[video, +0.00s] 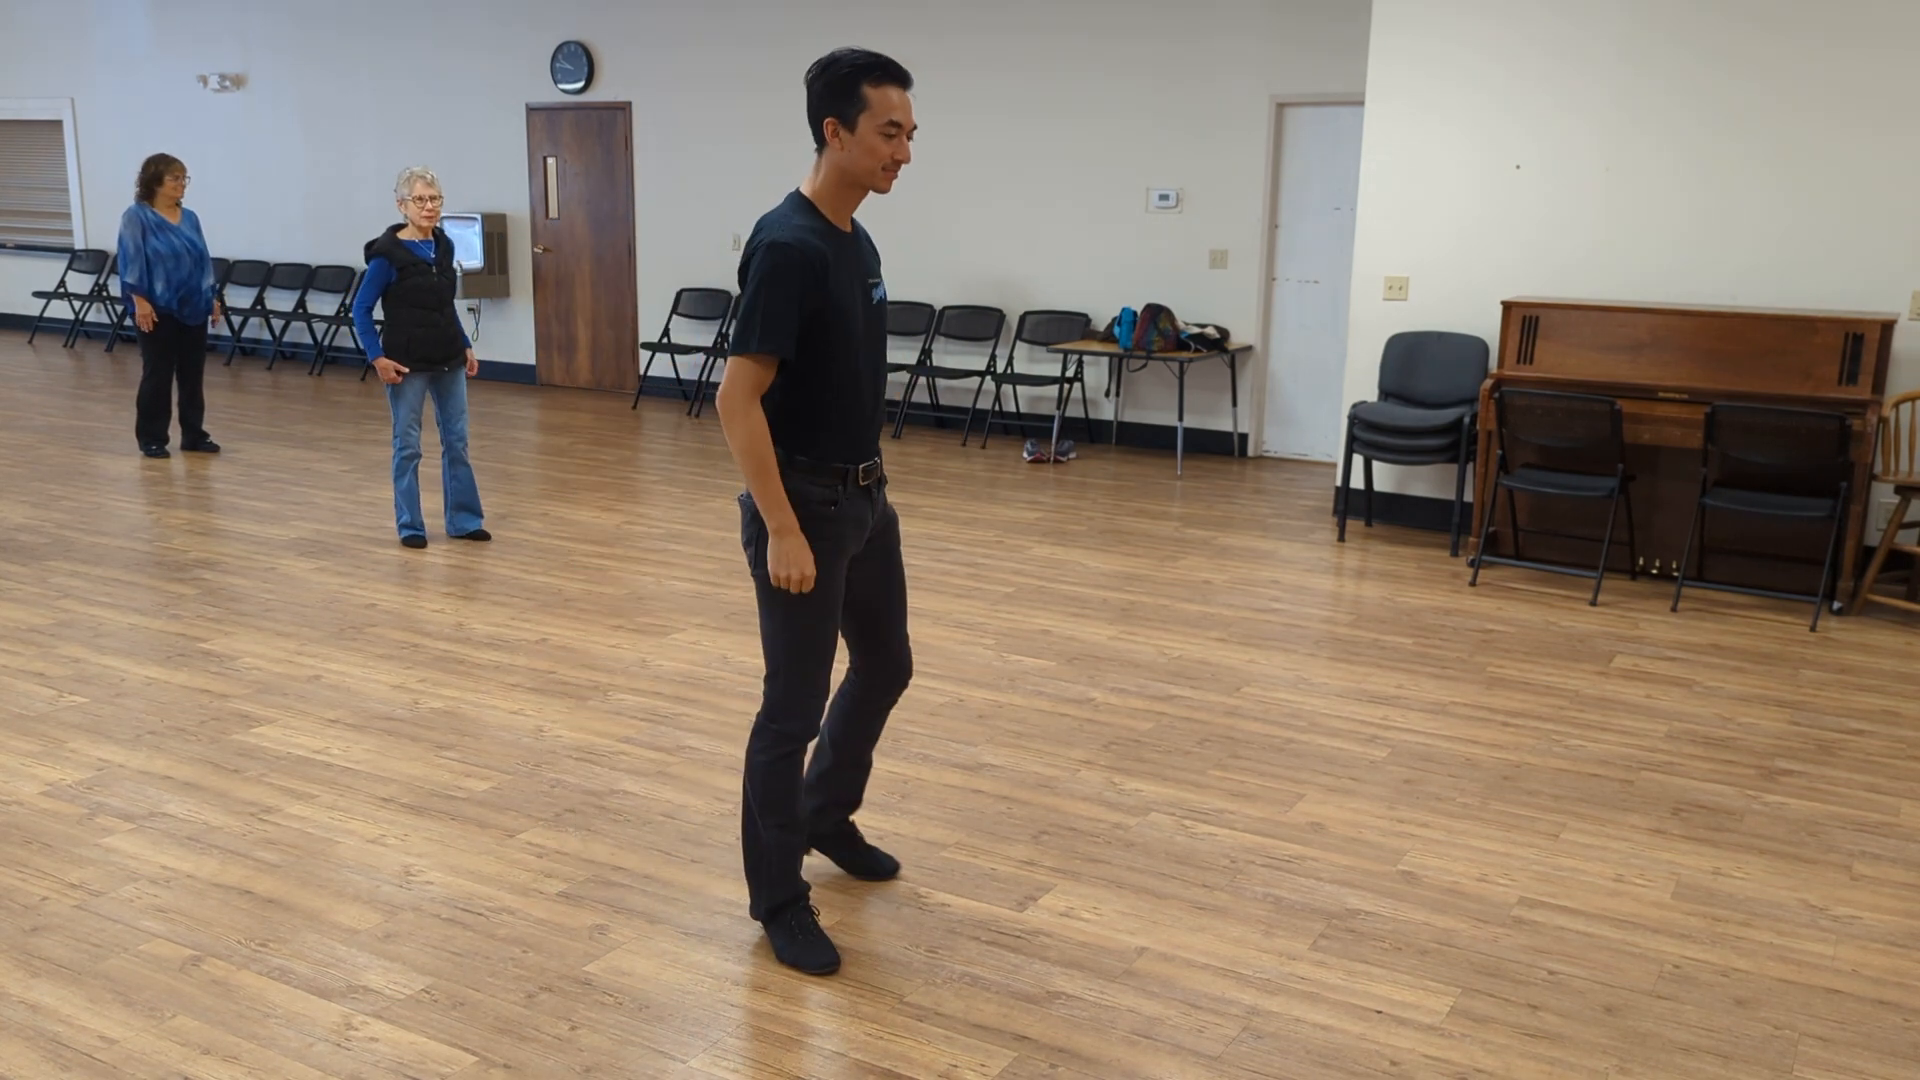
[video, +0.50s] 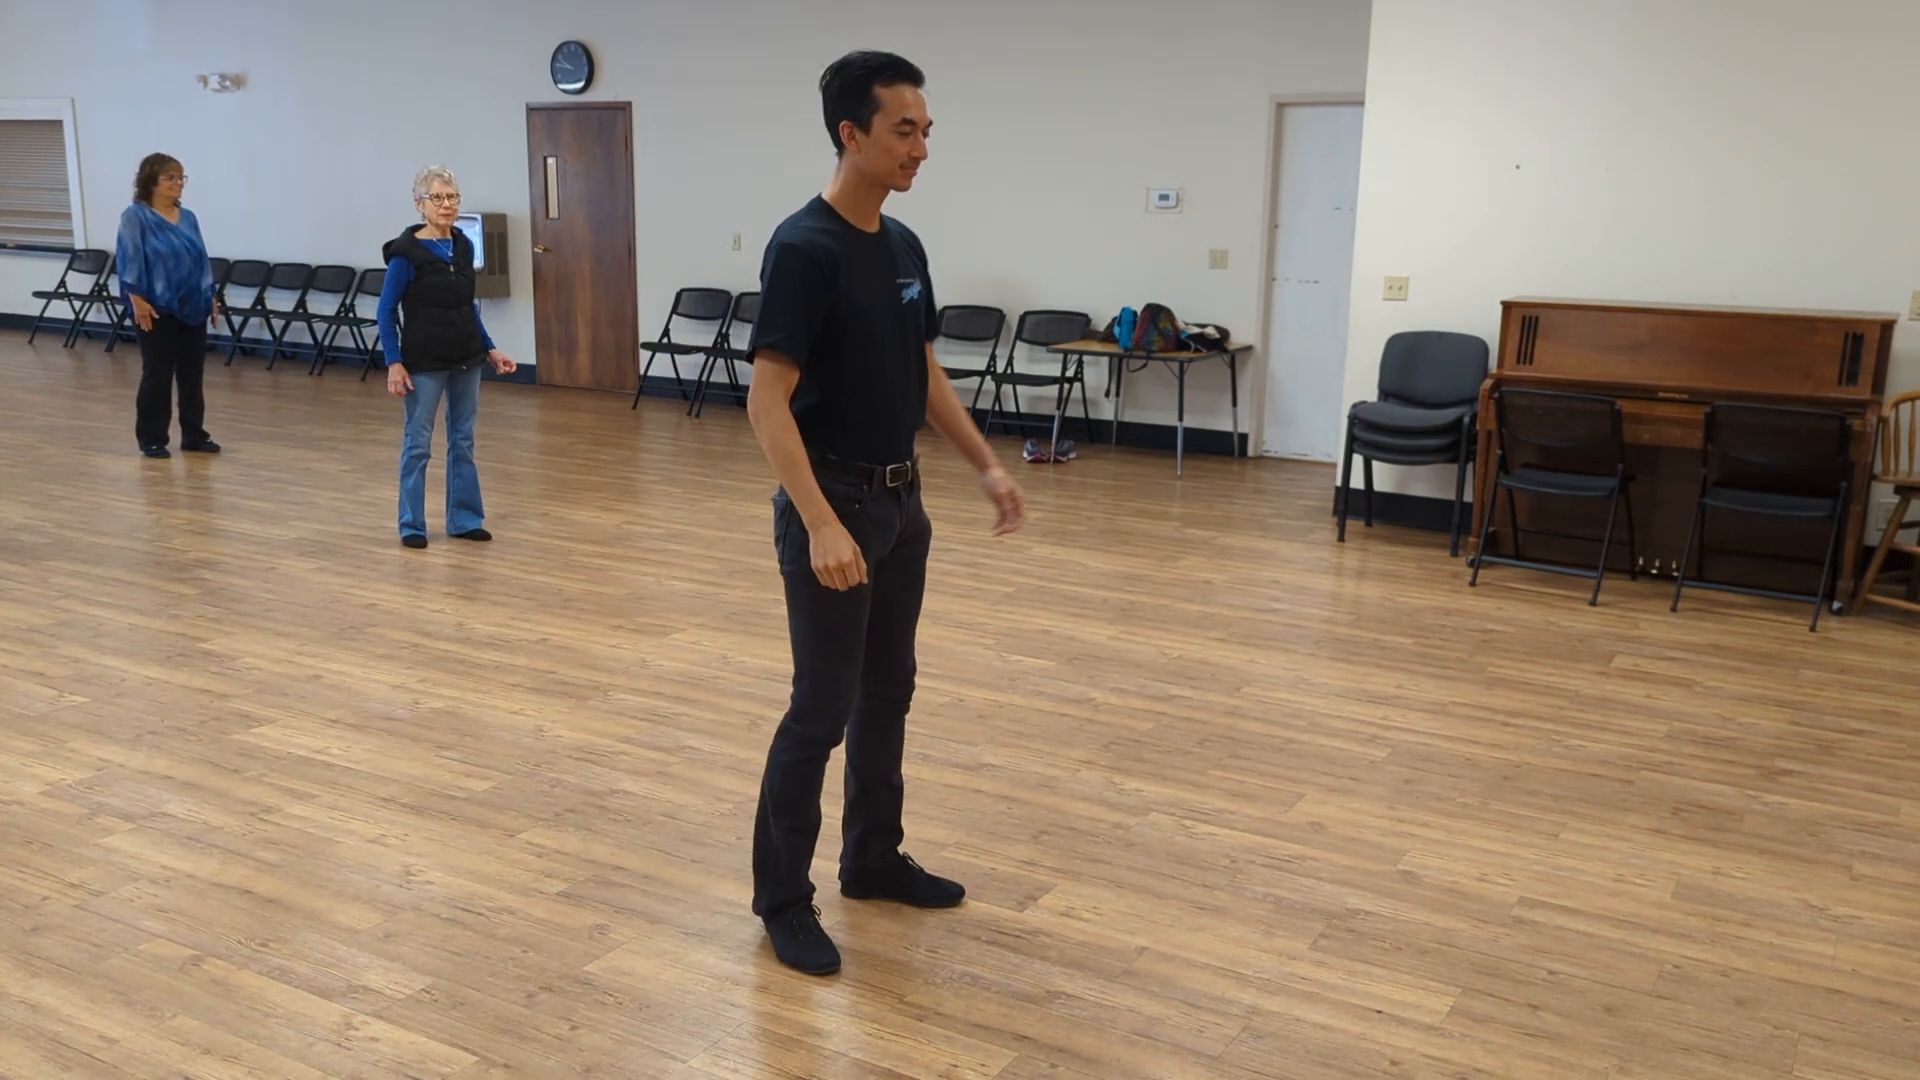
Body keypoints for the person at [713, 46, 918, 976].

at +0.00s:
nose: (906, 148)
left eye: (909, 130)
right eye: (891, 130)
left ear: (867, 136)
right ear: (834, 133)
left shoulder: (856, 242)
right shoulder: (785, 246)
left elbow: (840, 381)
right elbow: (736, 400)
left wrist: (863, 486)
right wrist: (782, 528)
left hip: (862, 502)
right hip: (801, 512)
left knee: (883, 668)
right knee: (791, 710)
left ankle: (824, 813)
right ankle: (777, 900)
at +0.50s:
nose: (921, 145)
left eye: (924, 129)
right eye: (904, 129)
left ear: (908, 136)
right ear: (849, 133)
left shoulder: (903, 245)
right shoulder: (801, 247)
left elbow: (926, 375)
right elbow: (766, 401)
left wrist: (986, 462)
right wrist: (820, 521)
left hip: (898, 499)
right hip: (826, 504)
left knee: (886, 692)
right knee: (820, 710)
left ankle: (873, 859)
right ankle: (782, 899)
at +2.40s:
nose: (908, 151)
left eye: (906, 134)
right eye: (890, 134)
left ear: (860, 148)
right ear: (831, 145)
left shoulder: (852, 252)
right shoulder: (782, 264)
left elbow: (852, 387)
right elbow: (756, 433)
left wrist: (942, 441)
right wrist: (869, 521)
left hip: (852, 527)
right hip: (792, 534)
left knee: (878, 702)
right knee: (796, 735)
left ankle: (870, 865)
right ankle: (767, 929)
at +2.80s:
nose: (916, 135)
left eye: (914, 118)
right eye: (896, 120)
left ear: (889, 134)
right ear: (838, 136)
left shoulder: (902, 252)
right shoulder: (782, 258)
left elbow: (927, 387)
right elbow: (726, 407)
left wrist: (1029, 445)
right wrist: (797, 514)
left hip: (897, 518)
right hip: (817, 522)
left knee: (885, 702)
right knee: (799, 728)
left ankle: (870, 860)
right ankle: (767, 928)